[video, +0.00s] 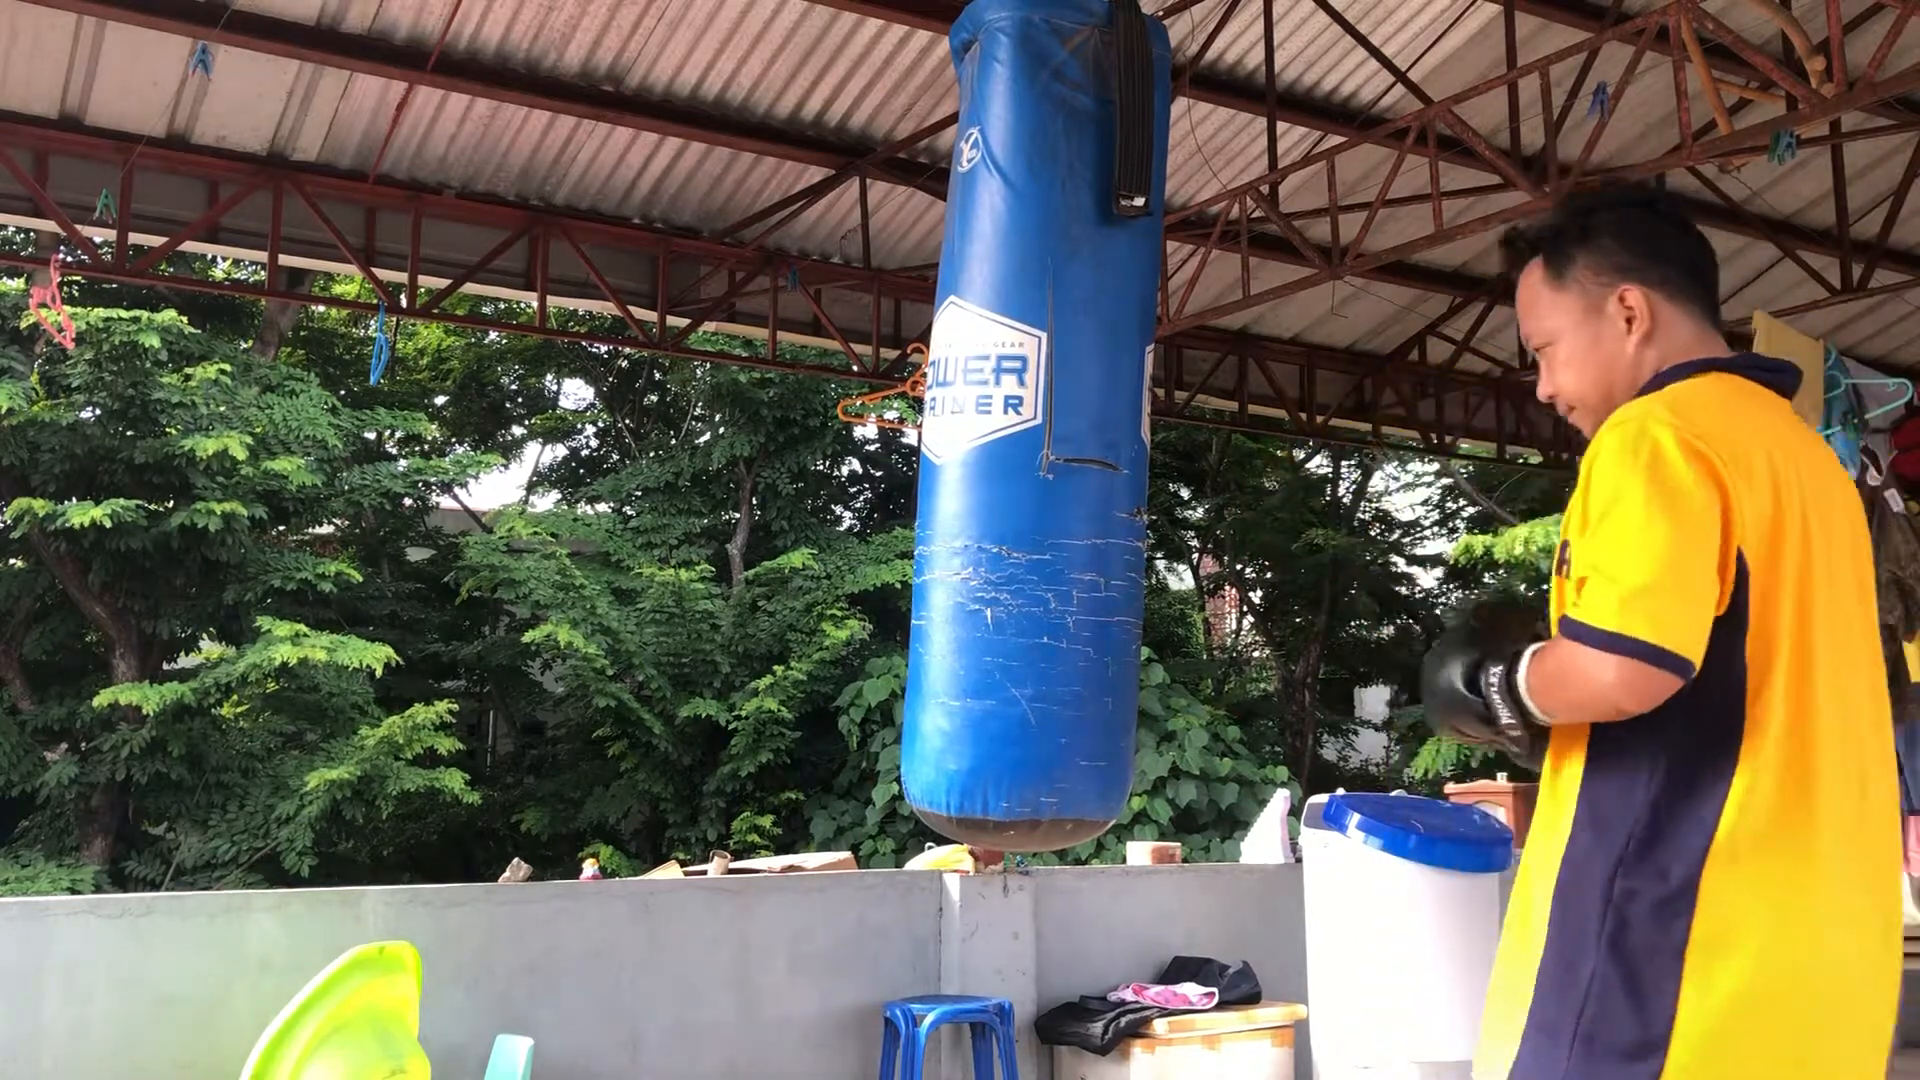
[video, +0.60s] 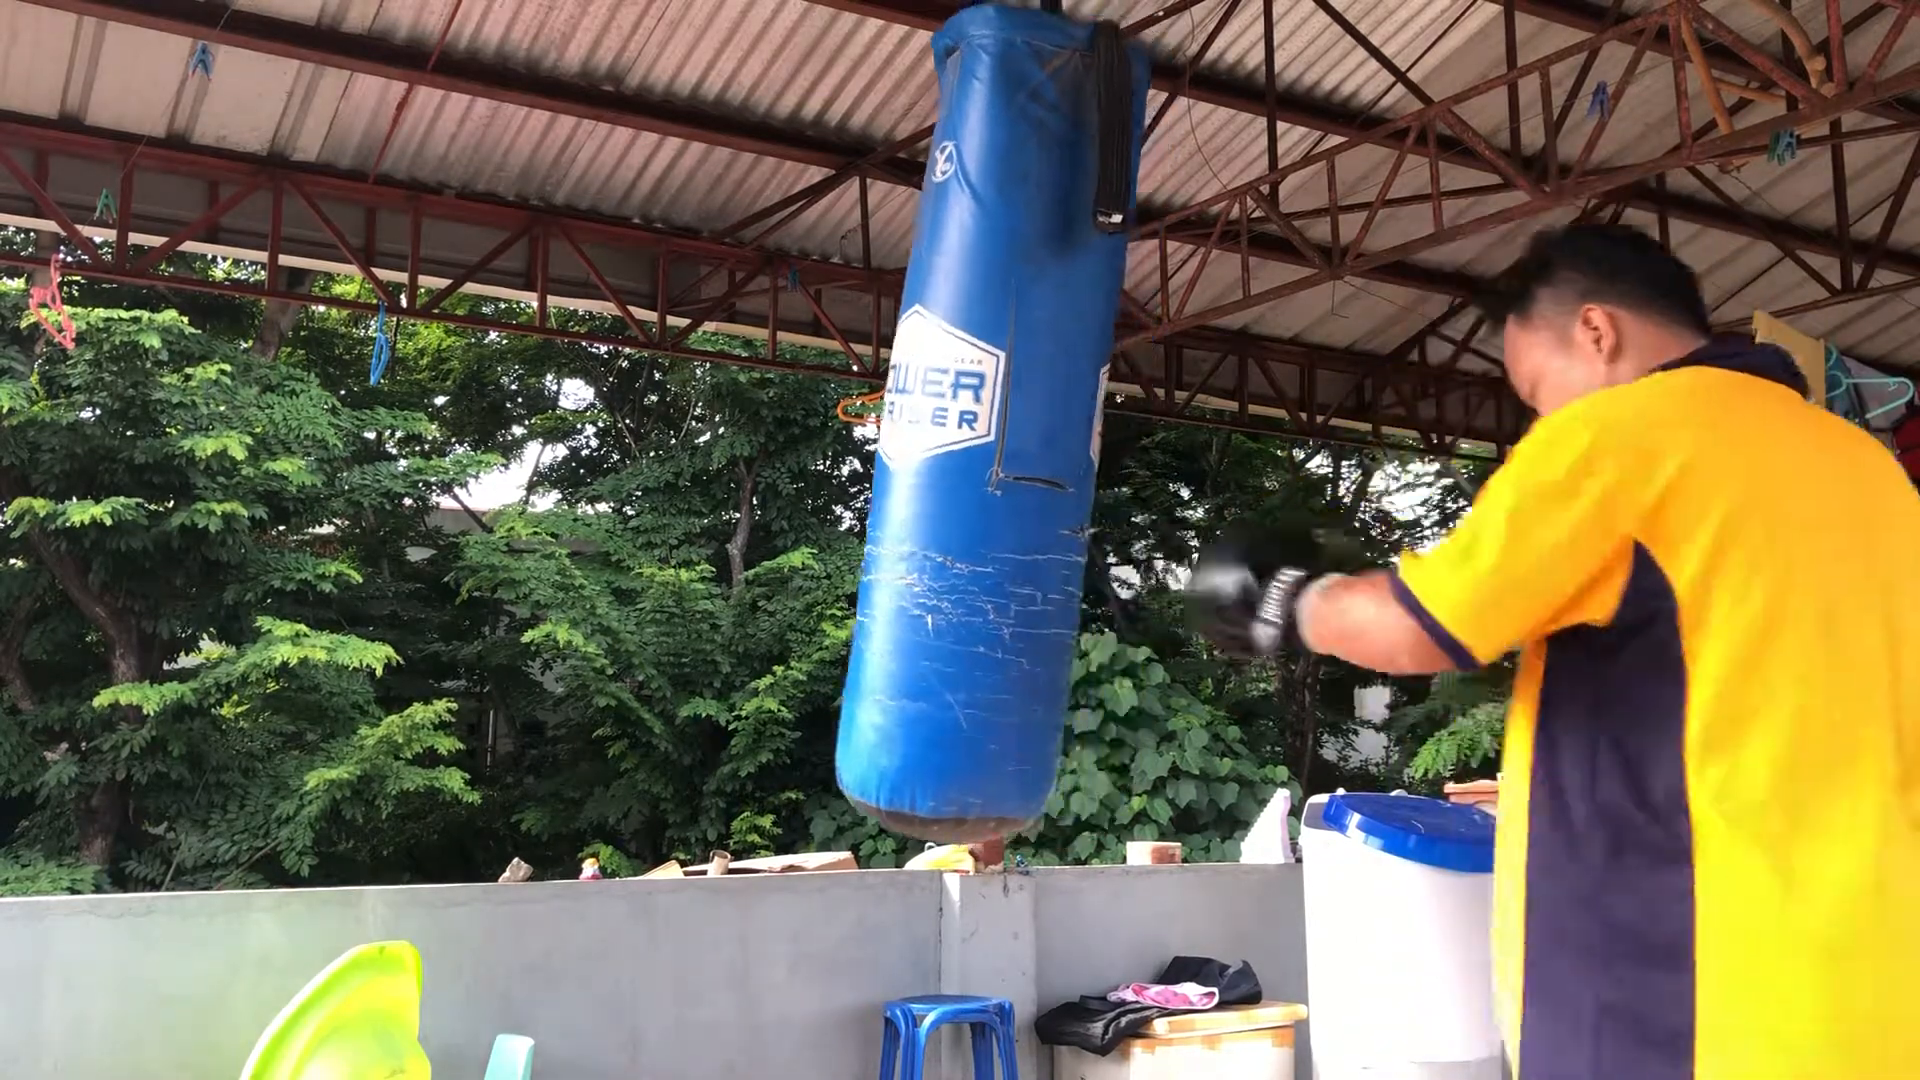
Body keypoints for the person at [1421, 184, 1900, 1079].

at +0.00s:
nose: (1543, 391)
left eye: (1543, 351)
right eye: (1533, 361)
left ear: (1630, 316)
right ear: (1638, 316)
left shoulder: (1658, 437)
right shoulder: (1811, 456)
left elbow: (1630, 662)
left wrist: (1496, 680)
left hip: (1662, 1011)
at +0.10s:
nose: (1503, 384)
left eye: (1504, 344)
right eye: (1494, 354)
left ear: (1590, 311)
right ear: (1600, 313)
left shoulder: (1629, 436)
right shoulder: (1765, 441)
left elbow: (1577, 666)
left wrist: (1447, 674)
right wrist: (1557, 785)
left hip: (1651, 1005)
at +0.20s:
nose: (1458, 388)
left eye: (1457, 348)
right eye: (1449, 359)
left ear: (1535, 308)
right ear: (1544, 307)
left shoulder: (1569, 431)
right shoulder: (1749, 443)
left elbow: (1514, 656)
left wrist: (1387, 648)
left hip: (1626, 1012)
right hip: (1789, 1000)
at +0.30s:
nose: (1435, 414)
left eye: (1426, 387)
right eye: (1420, 398)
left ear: (1486, 327)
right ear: (1574, 320)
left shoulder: (1508, 426)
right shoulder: (1754, 448)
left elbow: (1309, 605)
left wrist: (1210, 584)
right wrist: (1438, 645)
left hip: (1617, 1022)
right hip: (1817, 1013)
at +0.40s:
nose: (1436, 420)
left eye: (1435, 394)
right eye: (1427, 402)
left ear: (1492, 335)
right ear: (1574, 325)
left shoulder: (1509, 411)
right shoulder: (1778, 443)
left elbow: (1255, 560)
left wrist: (1143, 569)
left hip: (1649, 1025)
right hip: (1854, 1021)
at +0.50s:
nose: (1469, 425)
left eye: (1467, 394)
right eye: (1460, 403)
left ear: (1525, 334)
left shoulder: (1558, 413)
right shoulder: (1815, 453)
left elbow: (1294, 566)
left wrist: (1157, 580)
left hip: (1674, 1019)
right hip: (1878, 1015)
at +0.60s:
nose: (1543, 419)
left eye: (1535, 393)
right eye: (1529, 403)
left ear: (1598, 335)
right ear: (1698, 333)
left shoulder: (1623, 433)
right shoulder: (1868, 461)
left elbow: (1421, 626)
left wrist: (1280, 601)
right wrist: (1555, 785)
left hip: (1684, 1031)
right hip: (1881, 1018)